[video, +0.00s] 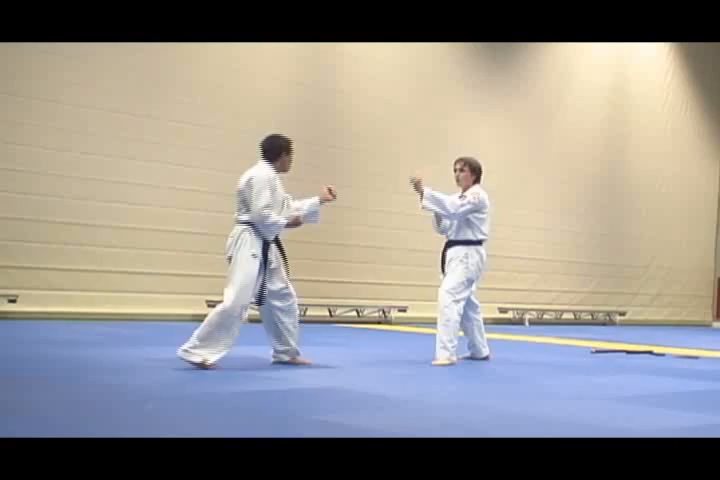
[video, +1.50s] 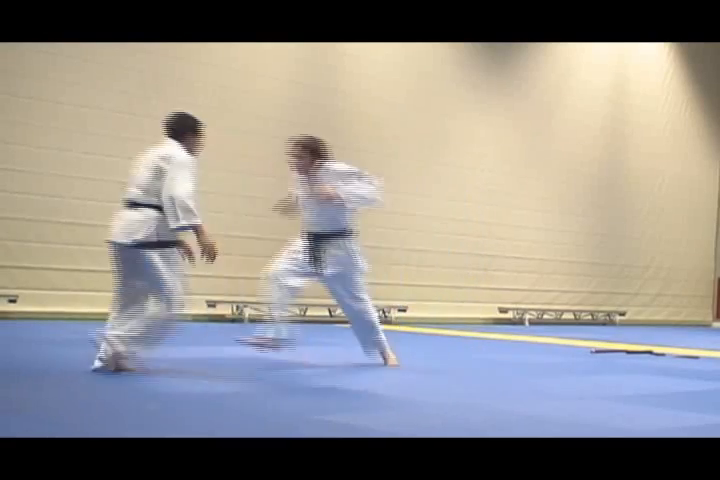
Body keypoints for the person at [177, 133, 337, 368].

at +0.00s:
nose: (291, 159)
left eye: (291, 154)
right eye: (289, 154)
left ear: (274, 155)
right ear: (280, 155)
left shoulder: (273, 177)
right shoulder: (261, 175)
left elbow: (287, 210)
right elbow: (261, 215)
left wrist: (319, 200)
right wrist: (286, 222)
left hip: (266, 240)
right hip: (249, 238)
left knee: (282, 295)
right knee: (236, 301)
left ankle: (286, 352)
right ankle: (195, 350)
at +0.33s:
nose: (296, 160)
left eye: (296, 155)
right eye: (295, 155)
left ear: (278, 153)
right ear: (286, 154)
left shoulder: (275, 176)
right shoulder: (262, 172)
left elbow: (290, 210)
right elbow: (273, 214)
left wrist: (318, 197)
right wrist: (294, 209)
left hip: (274, 240)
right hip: (257, 238)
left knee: (288, 296)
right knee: (240, 298)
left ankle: (284, 353)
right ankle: (206, 356)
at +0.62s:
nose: (297, 158)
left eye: (297, 152)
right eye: (296, 152)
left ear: (278, 151)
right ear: (287, 152)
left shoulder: (276, 173)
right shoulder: (266, 171)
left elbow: (291, 213)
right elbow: (278, 213)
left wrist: (316, 203)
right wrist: (299, 211)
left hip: (278, 241)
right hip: (264, 240)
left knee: (292, 295)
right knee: (243, 298)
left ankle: (286, 352)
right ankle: (206, 355)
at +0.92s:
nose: (311, 192)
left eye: (312, 188)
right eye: (311, 187)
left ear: (290, 178)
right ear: (305, 183)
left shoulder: (274, 190)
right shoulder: (290, 192)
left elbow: (290, 232)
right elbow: (315, 228)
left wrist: (319, 217)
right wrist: (324, 220)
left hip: (245, 249)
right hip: (258, 251)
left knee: (282, 304)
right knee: (303, 303)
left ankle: (291, 354)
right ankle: (259, 345)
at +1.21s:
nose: (282, 175)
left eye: (282, 170)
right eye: (280, 170)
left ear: (254, 165)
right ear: (270, 169)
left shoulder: (233, 178)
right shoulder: (267, 189)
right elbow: (283, 228)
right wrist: (296, 257)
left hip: (204, 243)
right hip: (230, 246)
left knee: (202, 316)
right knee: (270, 301)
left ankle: (153, 327)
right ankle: (287, 360)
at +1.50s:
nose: (201, 141)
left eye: (201, 136)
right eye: (198, 136)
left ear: (174, 134)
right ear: (186, 136)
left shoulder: (156, 152)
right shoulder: (180, 157)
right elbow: (178, 196)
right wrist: (202, 235)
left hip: (124, 233)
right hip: (147, 236)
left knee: (130, 296)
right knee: (172, 303)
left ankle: (109, 354)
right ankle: (123, 343)